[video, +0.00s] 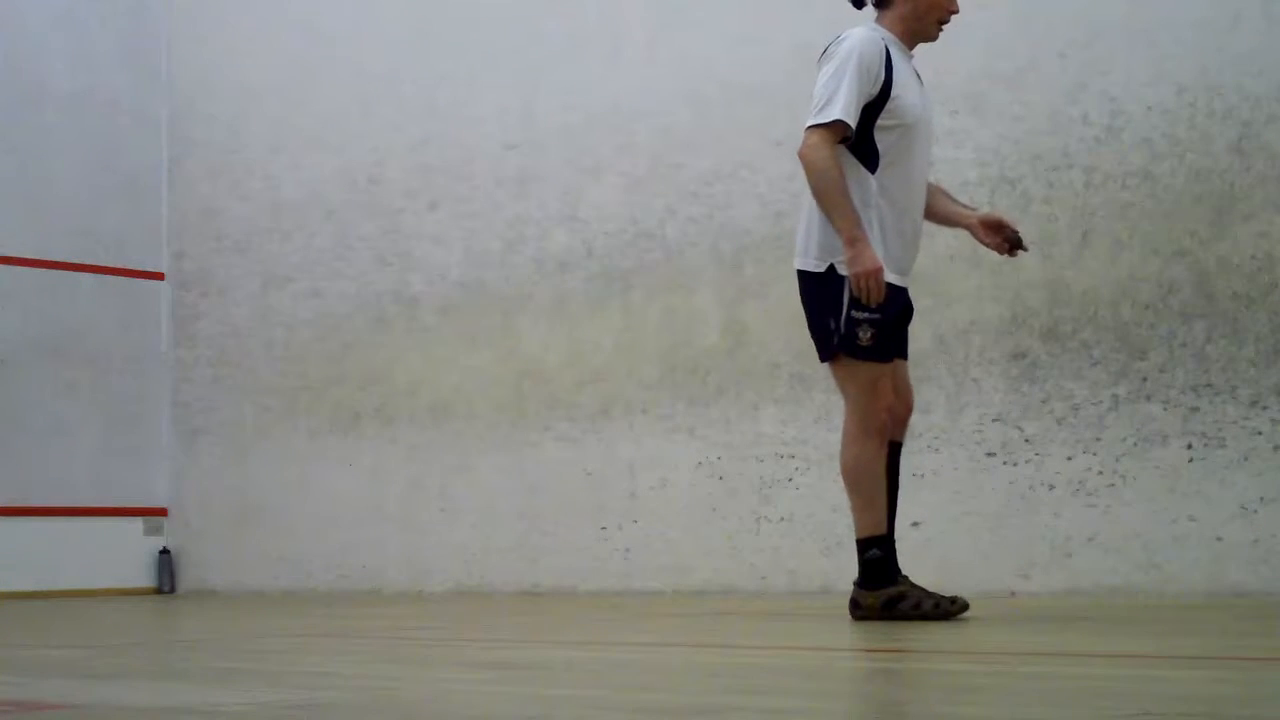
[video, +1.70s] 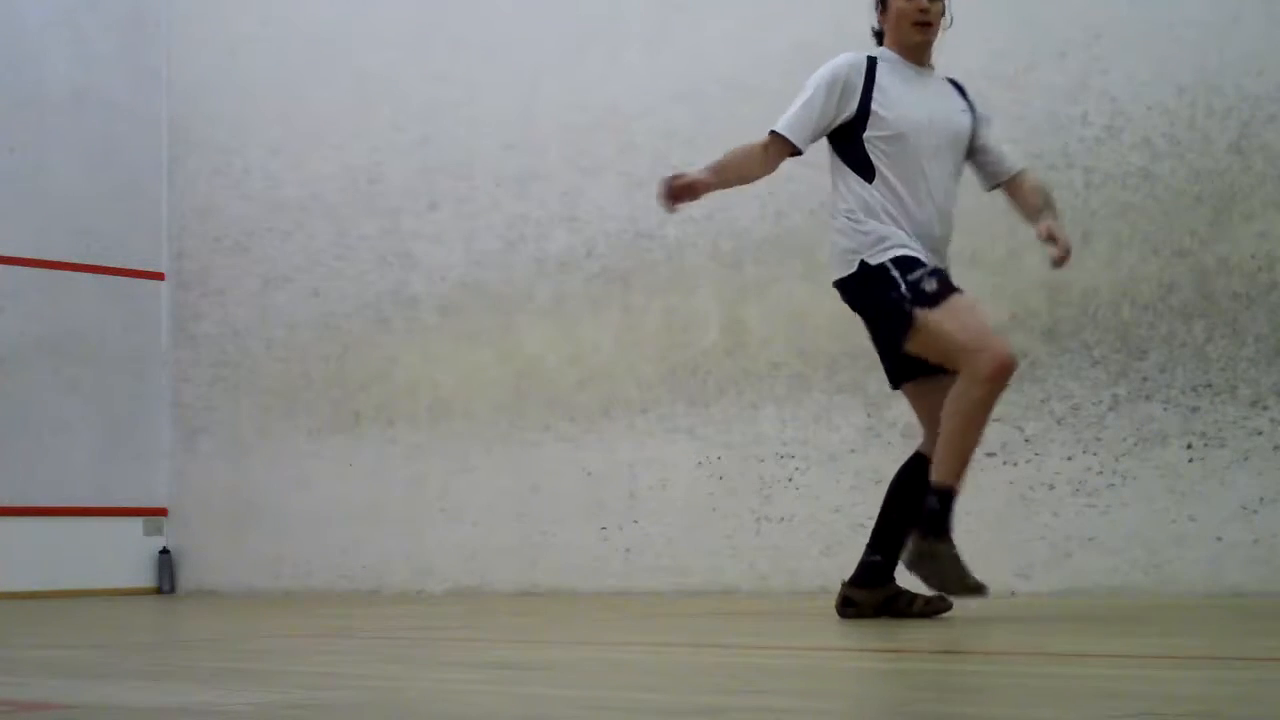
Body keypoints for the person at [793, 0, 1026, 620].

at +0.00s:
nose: (953, 8)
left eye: (952, 0)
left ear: (910, 3)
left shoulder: (904, 67)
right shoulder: (863, 48)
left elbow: (903, 183)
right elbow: (816, 149)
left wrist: (972, 219)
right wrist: (856, 243)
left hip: (881, 268)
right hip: (844, 267)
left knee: (894, 410)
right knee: (869, 412)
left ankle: (882, 576)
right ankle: (875, 582)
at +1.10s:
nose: (932, 12)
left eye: (932, 3)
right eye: (923, 1)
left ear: (886, 7)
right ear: (882, 2)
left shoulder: (883, 73)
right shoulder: (845, 58)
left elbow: (896, 191)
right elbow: (802, 159)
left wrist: (975, 203)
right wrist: (859, 234)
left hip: (880, 269)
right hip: (868, 269)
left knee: (908, 418)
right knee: (942, 401)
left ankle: (869, 577)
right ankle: (894, 568)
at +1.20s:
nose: (927, 26)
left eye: (928, 15)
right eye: (917, 13)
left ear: (888, 18)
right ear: (875, 12)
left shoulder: (878, 89)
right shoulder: (842, 75)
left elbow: (891, 207)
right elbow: (792, 176)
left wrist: (963, 233)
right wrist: (846, 246)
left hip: (881, 274)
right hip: (879, 270)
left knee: (928, 432)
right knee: (1012, 343)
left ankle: (869, 582)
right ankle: (939, 484)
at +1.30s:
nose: (928, 38)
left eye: (930, 26)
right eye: (919, 24)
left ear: (896, 28)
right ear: (877, 22)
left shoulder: (882, 96)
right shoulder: (843, 85)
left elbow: (878, 197)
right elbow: (790, 183)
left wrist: (932, 237)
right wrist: (848, 259)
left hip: (881, 277)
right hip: (880, 267)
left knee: (937, 430)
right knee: (1031, 257)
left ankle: (869, 582)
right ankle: (969, 405)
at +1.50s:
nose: (931, 21)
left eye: (934, 11)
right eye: (918, 9)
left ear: (931, 20)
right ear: (878, 12)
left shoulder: (907, 92)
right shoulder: (848, 72)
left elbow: (917, 205)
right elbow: (785, 167)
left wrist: (993, 286)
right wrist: (835, 216)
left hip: (898, 268)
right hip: (874, 262)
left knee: (935, 431)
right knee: (1028, 233)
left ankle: (869, 581)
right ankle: (936, 377)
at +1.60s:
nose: (927, 13)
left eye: (934, 4)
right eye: (912, 2)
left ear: (940, 16)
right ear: (879, 12)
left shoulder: (935, 105)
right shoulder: (850, 69)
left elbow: (963, 206)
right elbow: (777, 152)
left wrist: (1020, 269)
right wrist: (771, 179)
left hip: (894, 263)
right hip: (872, 255)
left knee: (948, 431)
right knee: (1017, 304)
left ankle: (870, 581)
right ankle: (917, 446)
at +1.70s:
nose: (925, 8)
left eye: (934, 0)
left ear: (944, 13)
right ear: (882, 12)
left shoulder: (956, 99)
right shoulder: (852, 72)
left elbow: (1009, 177)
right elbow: (773, 149)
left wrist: (1043, 217)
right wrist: (705, 179)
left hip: (917, 266)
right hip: (875, 258)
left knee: (948, 435)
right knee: (989, 361)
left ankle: (870, 581)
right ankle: (931, 534)